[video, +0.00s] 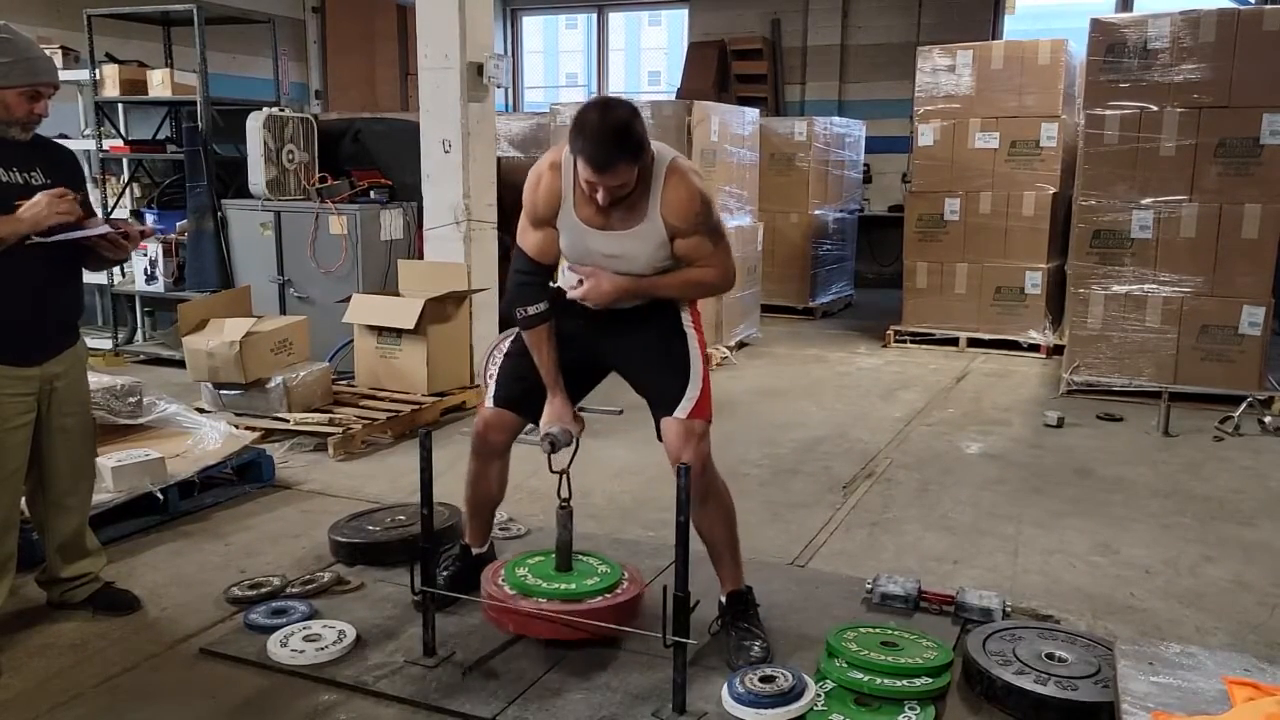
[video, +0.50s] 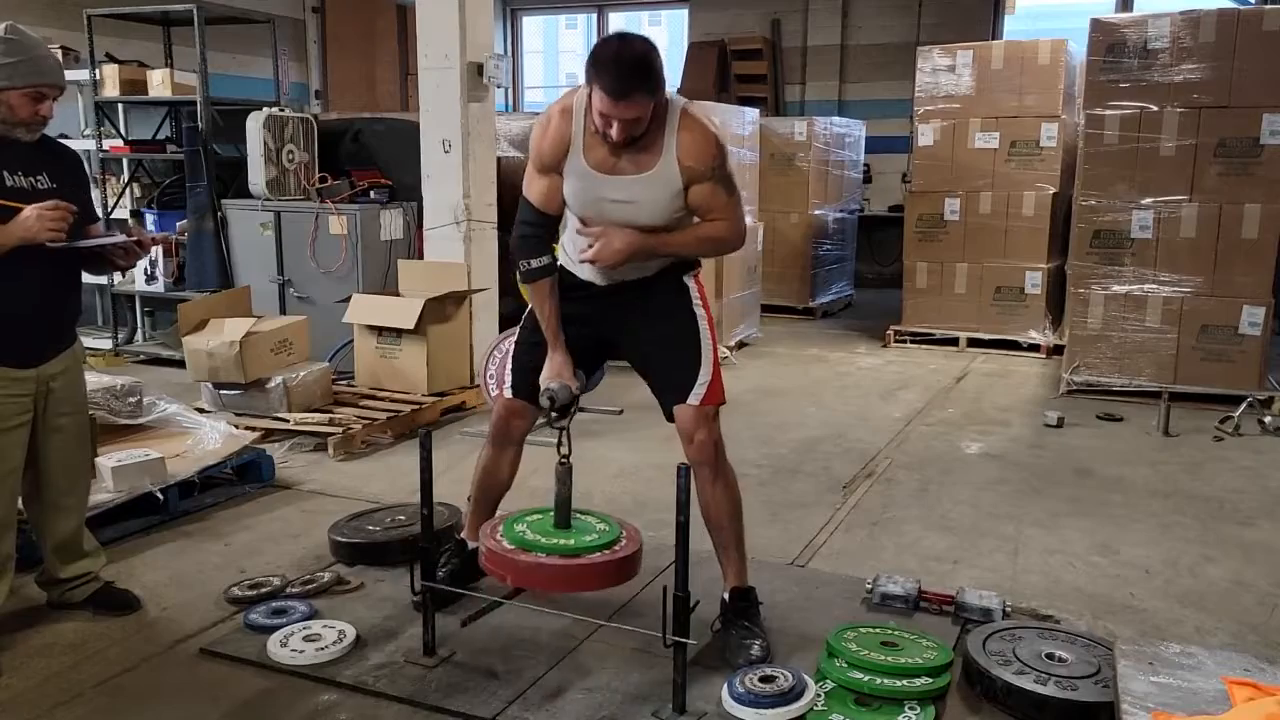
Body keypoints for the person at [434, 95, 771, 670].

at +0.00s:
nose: (603, 200)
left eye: (618, 190)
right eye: (591, 188)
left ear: (643, 161)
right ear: (572, 157)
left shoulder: (678, 190)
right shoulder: (547, 180)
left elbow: (720, 274)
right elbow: (528, 287)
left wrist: (629, 287)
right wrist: (554, 391)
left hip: (657, 320)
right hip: (568, 313)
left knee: (692, 459)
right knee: (489, 431)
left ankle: (737, 606)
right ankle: (474, 555)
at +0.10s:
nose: (603, 182)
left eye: (617, 173)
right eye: (592, 170)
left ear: (643, 144)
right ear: (573, 142)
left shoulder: (678, 175)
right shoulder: (546, 169)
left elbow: (726, 258)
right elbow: (527, 275)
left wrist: (639, 273)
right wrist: (552, 381)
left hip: (660, 310)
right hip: (570, 303)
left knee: (697, 452)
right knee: (498, 428)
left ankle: (738, 604)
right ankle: (470, 557)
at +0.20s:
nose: (604, 167)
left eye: (619, 157)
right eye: (593, 154)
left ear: (644, 129)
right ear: (573, 125)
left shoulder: (680, 160)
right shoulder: (548, 155)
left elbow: (730, 243)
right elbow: (528, 264)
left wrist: (645, 260)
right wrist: (553, 369)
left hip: (661, 302)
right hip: (571, 296)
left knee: (700, 449)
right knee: (502, 423)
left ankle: (738, 602)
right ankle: (469, 555)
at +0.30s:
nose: (609, 147)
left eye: (625, 137)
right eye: (598, 133)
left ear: (649, 110)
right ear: (579, 105)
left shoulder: (685, 146)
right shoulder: (551, 139)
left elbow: (731, 231)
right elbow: (528, 248)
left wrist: (647, 248)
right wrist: (554, 356)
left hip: (659, 298)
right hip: (567, 292)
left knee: (701, 445)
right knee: (504, 420)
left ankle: (739, 600)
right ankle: (468, 552)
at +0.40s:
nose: (615, 133)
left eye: (631, 123)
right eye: (604, 119)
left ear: (657, 98)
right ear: (586, 91)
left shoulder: (692, 136)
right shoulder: (557, 127)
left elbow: (732, 227)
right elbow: (529, 238)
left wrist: (644, 239)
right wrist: (554, 345)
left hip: (659, 297)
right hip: (566, 292)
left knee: (700, 441)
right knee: (505, 422)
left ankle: (739, 600)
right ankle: (469, 549)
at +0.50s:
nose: (617, 132)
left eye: (632, 122)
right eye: (606, 118)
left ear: (658, 97)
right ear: (588, 91)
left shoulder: (694, 138)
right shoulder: (557, 128)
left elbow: (731, 231)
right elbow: (530, 240)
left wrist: (642, 241)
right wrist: (555, 347)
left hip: (662, 296)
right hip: (569, 291)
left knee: (704, 441)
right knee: (505, 420)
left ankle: (739, 599)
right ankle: (470, 549)